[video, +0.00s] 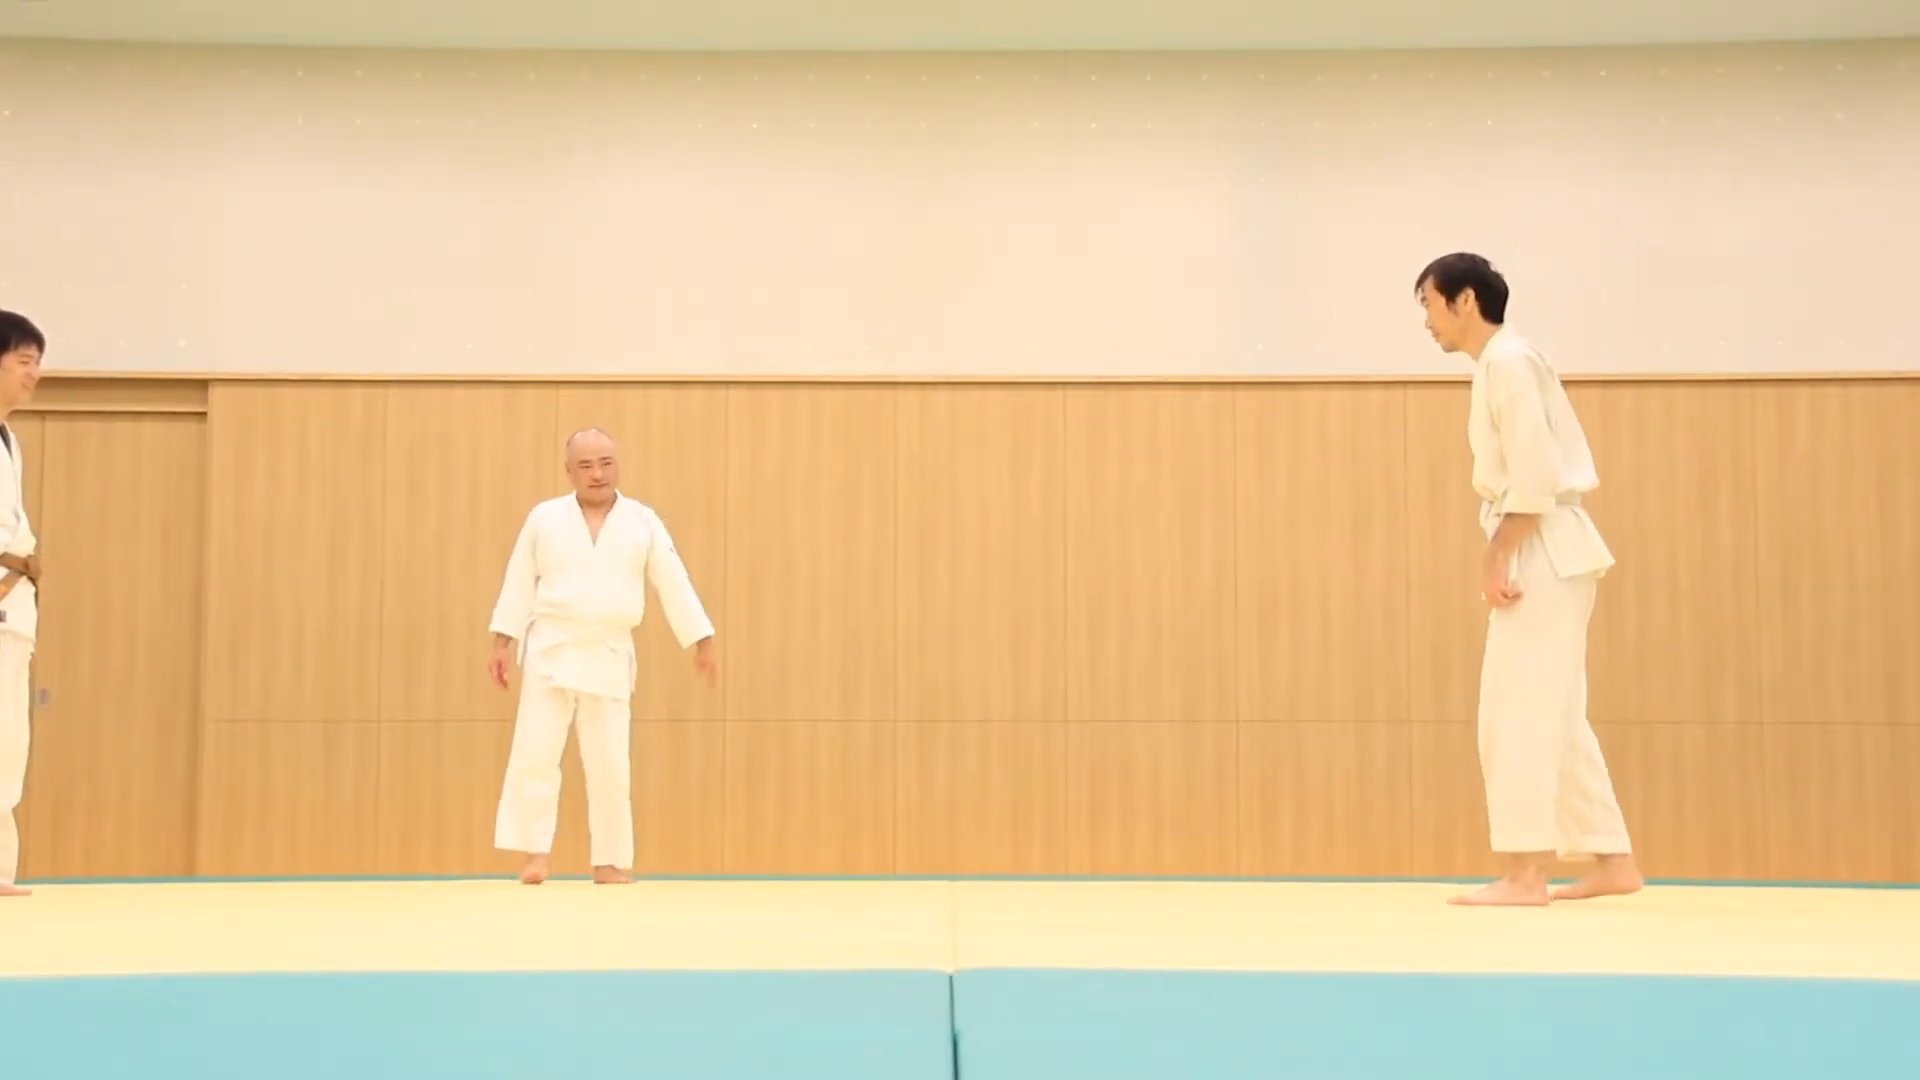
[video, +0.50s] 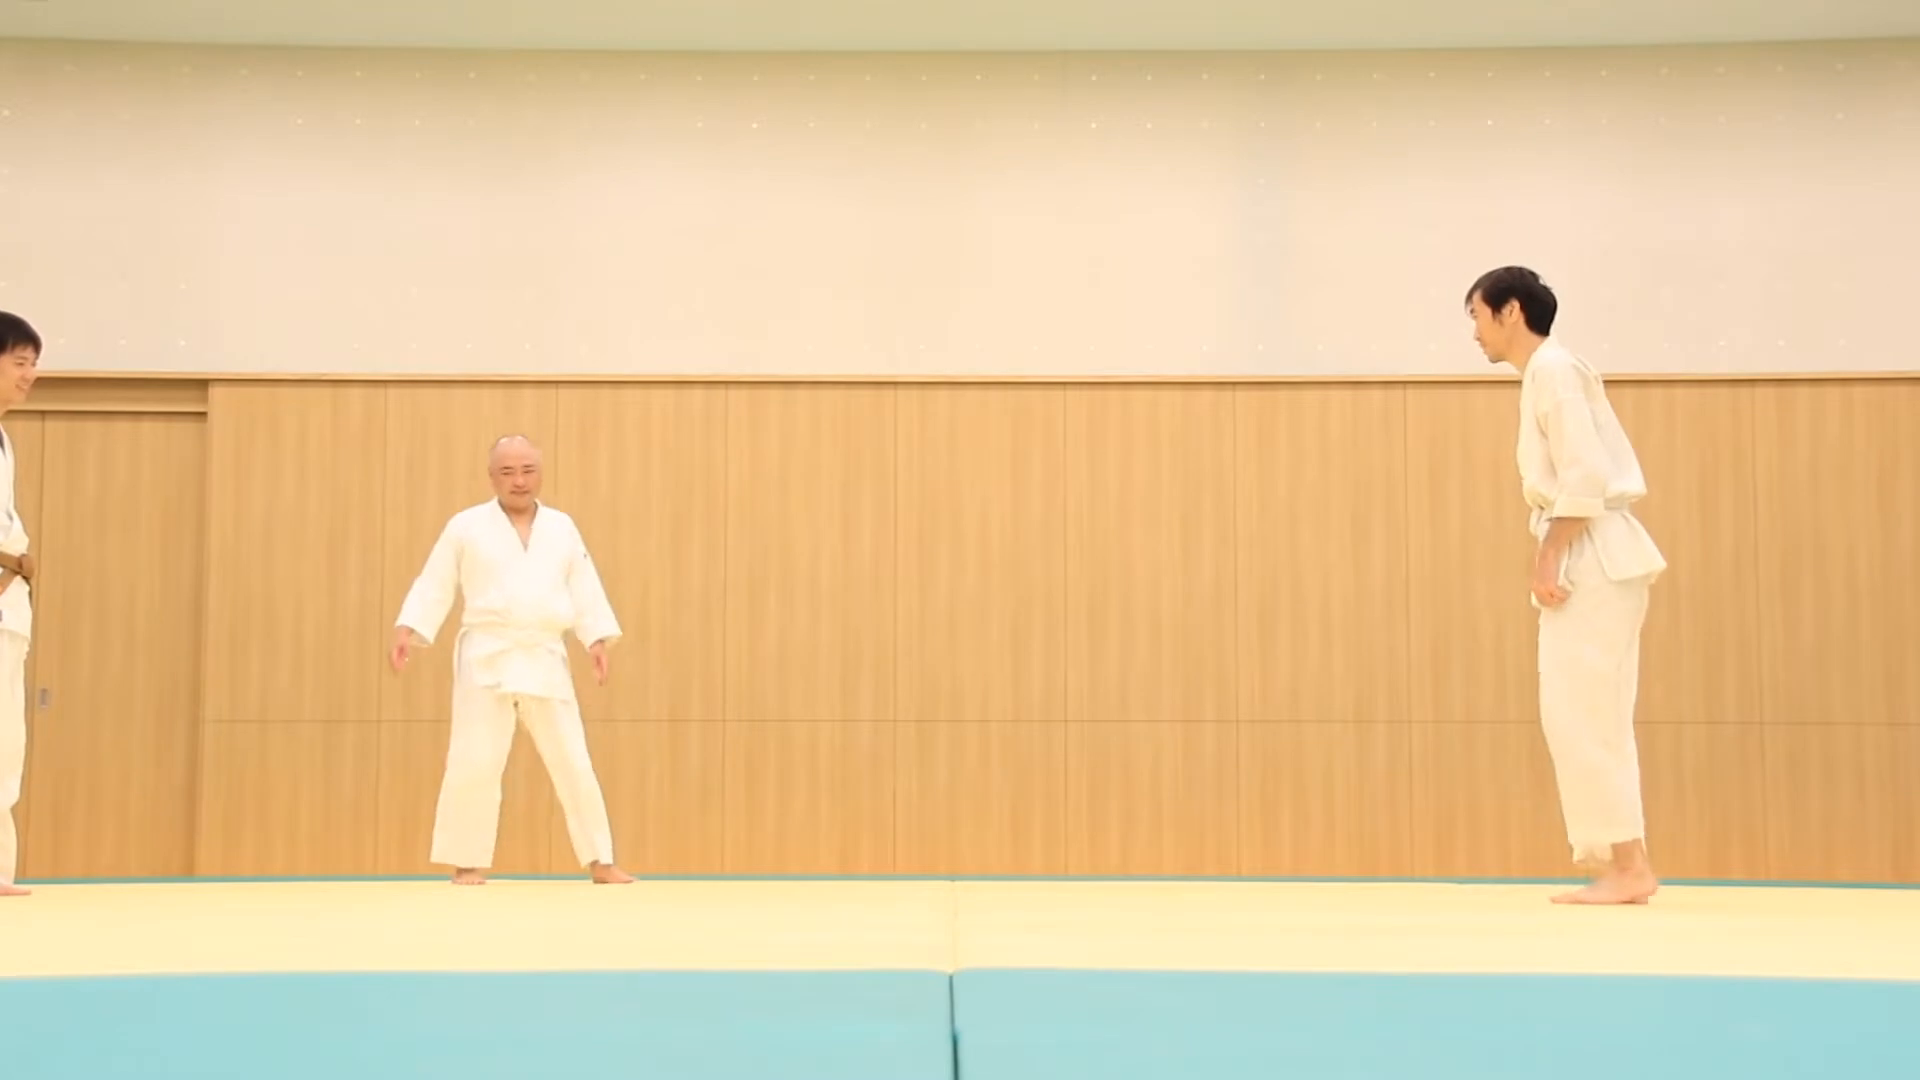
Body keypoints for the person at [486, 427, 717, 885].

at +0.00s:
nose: (597, 473)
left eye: (605, 463)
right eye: (585, 465)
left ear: (618, 466)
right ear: (569, 471)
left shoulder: (641, 519)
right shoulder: (545, 517)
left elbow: (672, 579)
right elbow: (520, 580)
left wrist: (701, 637)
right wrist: (502, 642)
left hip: (609, 653)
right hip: (550, 650)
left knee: (609, 761)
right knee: (536, 753)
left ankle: (609, 864)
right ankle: (535, 855)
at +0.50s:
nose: (519, 479)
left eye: (528, 470)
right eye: (508, 471)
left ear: (540, 474)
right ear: (491, 476)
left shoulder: (560, 526)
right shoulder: (467, 526)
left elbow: (583, 584)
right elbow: (436, 582)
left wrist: (596, 637)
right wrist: (408, 627)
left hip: (544, 656)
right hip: (485, 656)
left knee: (572, 759)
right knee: (476, 760)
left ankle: (600, 862)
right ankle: (469, 865)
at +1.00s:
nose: (431, 478)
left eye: (439, 468)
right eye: (419, 470)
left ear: (450, 471)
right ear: (401, 477)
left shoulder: (473, 522)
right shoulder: (383, 530)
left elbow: (502, 562)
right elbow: (348, 593)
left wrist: (513, 599)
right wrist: (315, 652)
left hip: (465, 657)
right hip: (410, 658)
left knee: (444, 760)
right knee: (425, 758)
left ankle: (371, 844)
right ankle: (459, 861)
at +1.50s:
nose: (368, 470)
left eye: (376, 461)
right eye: (356, 462)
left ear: (386, 466)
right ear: (336, 470)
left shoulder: (399, 521)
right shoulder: (309, 515)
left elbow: (410, 587)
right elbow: (263, 567)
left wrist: (402, 640)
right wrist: (223, 616)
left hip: (372, 655)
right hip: (314, 653)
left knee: (363, 761)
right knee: (288, 751)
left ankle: (352, 862)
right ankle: (272, 855)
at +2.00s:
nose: (231, 472)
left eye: (241, 463)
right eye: (221, 464)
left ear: (262, 468)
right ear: (211, 471)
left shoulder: (291, 521)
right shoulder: (191, 525)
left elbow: (319, 578)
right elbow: (167, 592)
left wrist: (338, 629)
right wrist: (154, 657)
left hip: (262, 662)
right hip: (199, 661)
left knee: (293, 761)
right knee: (192, 765)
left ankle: (313, 858)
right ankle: (204, 866)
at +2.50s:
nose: (131, 466)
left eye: (143, 457)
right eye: (121, 457)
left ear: (165, 462)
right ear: (112, 463)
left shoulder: (186, 513)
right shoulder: (103, 522)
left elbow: (207, 574)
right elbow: (95, 592)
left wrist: (223, 635)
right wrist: (74, 651)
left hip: (158, 654)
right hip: (111, 655)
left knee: (121, 757)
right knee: (145, 761)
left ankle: (88, 867)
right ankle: (197, 857)